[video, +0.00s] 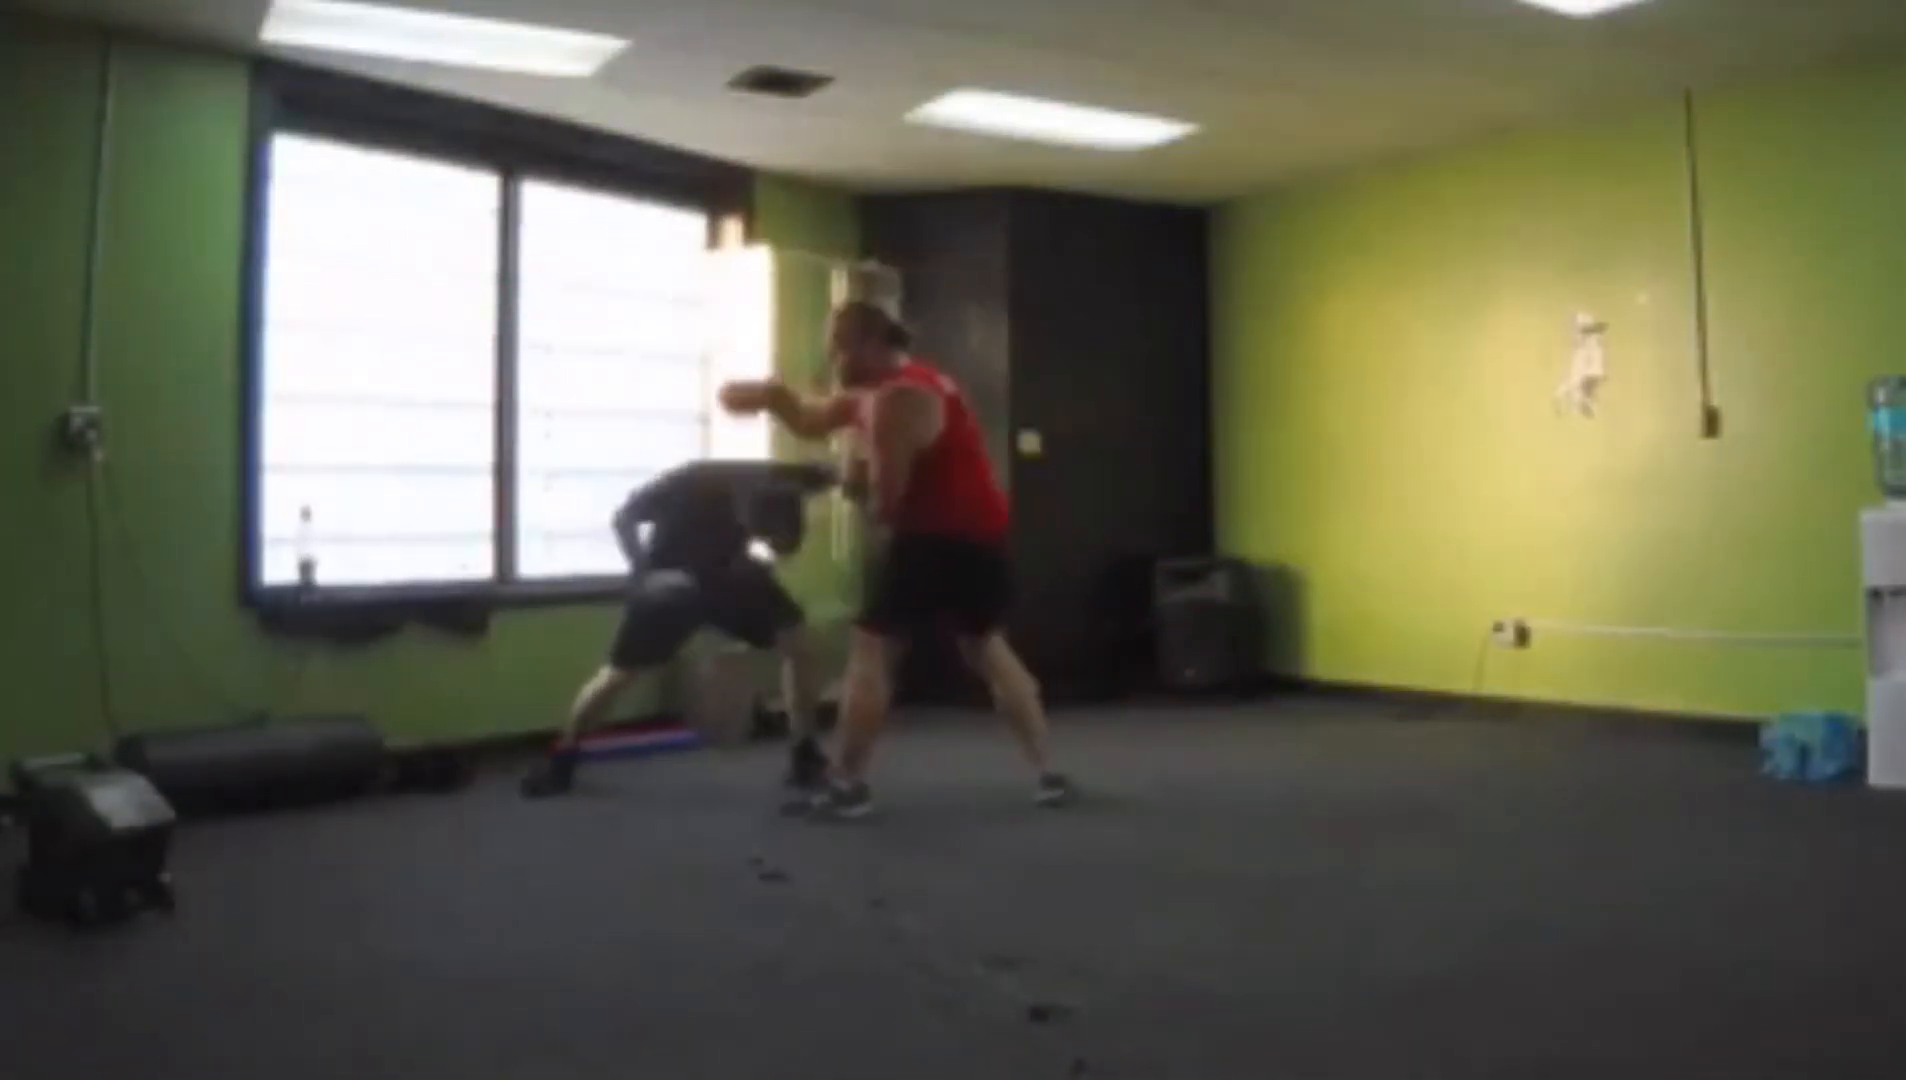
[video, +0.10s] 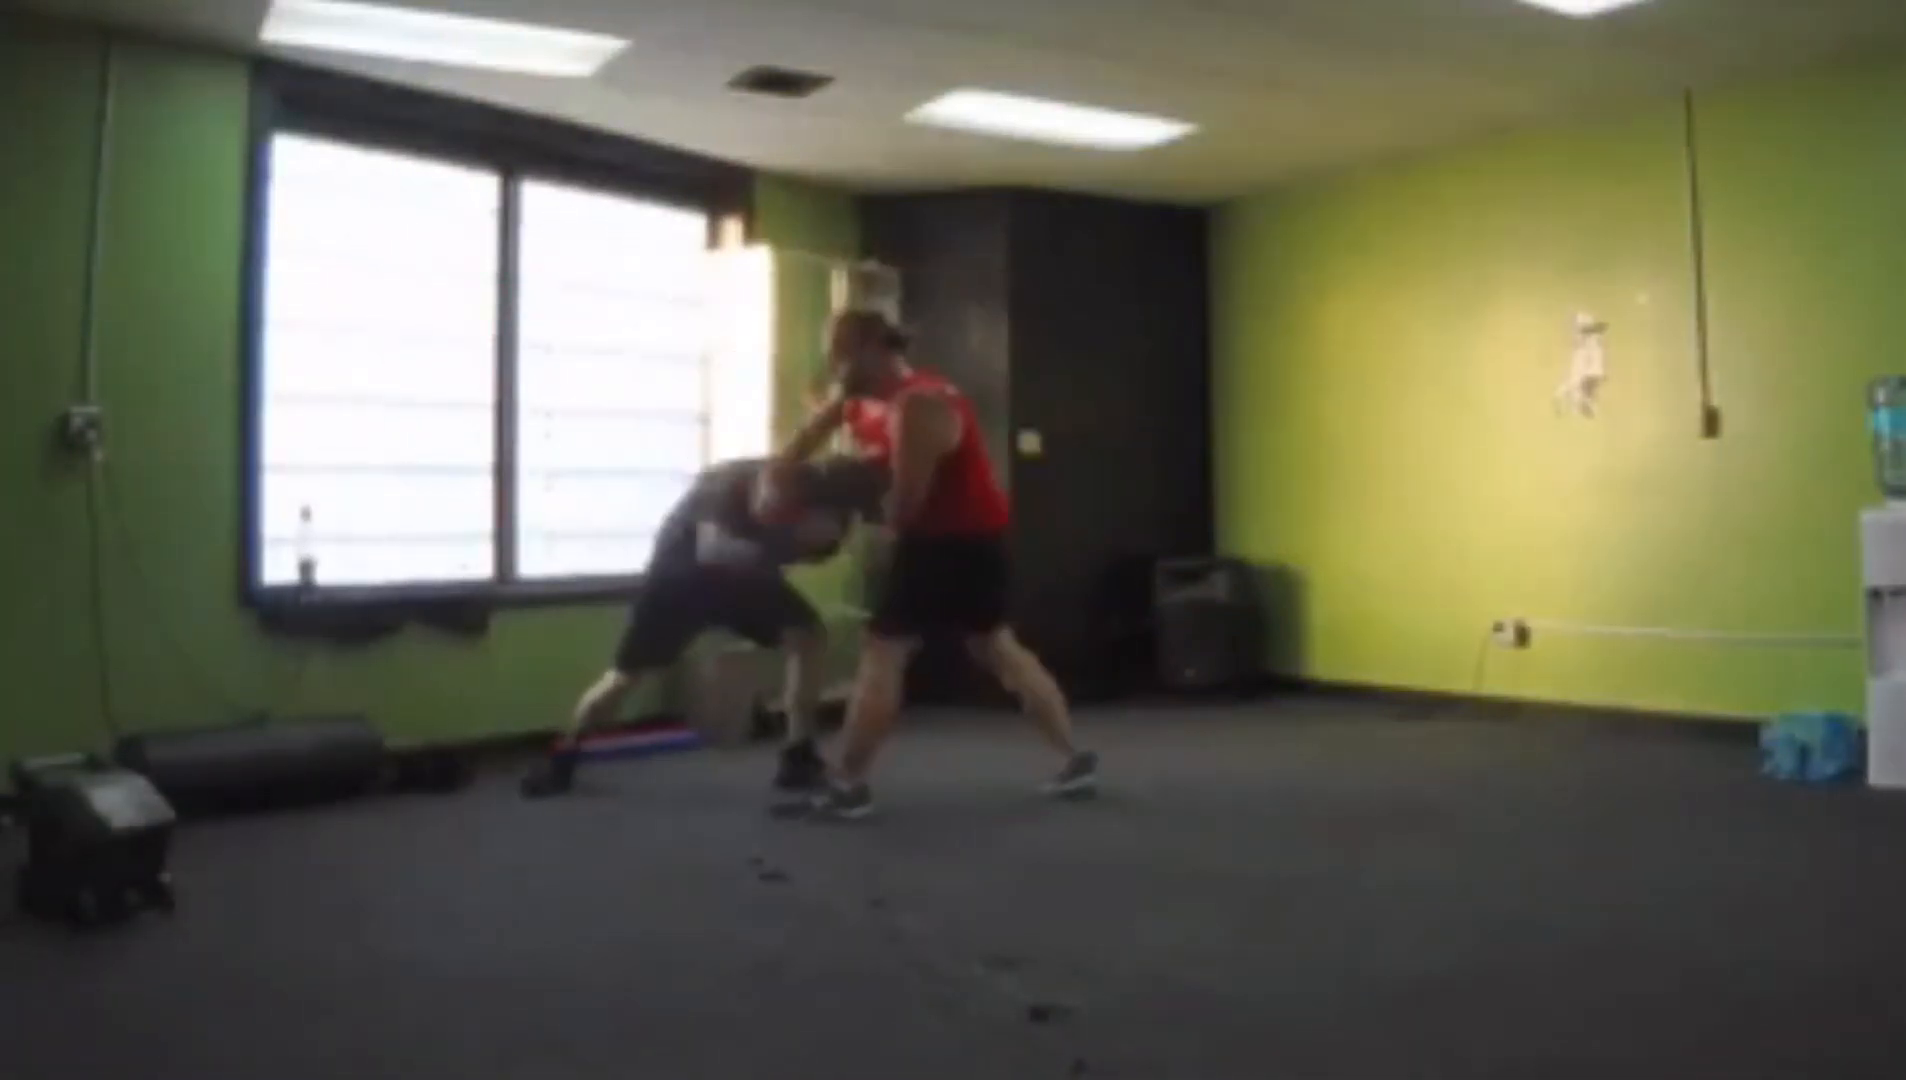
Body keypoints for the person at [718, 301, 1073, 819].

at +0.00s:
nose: (834, 357)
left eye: (841, 344)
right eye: (833, 345)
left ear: (871, 343)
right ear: (876, 342)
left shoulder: (902, 396)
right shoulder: (875, 393)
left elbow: (888, 494)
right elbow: (813, 422)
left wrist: (853, 477)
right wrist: (775, 396)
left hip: (928, 538)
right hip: (972, 536)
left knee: (871, 649)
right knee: (989, 648)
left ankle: (847, 780)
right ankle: (1047, 771)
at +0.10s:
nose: (837, 367)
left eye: (845, 354)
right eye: (835, 355)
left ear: (877, 350)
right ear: (867, 352)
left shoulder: (922, 403)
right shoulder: (860, 402)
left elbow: (908, 496)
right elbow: (815, 433)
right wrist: (777, 473)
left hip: (946, 539)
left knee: (883, 653)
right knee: (996, 645)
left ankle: (849, 780)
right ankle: (1073, 753)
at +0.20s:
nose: (856, 376)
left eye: (863, 364)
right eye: (854, 364)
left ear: (893, 359)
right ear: (877, 362)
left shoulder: (931, 411)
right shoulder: (872, 414)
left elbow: (934, 507)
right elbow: (864, 486)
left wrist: (869, 534)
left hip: (953, 545)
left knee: (876, 648)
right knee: (968, 656)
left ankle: (847, 782)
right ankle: (1068, 741)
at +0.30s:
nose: (877, 376)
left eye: (884, 364)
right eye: (876, 365)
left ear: (912, 361)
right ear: (912, 364)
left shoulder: (955, 412)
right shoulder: (905, 417)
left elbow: (932, 499)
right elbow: (898, 492)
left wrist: (886, 544)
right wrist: (880, 543)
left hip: (977, 559)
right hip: (945, 556)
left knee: (895, 654)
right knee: (980, 664)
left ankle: (853, 781)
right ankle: (1063, 758)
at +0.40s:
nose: (904, 371)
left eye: (910, 359)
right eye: (904, 359)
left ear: (933, 358)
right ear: (955, 353)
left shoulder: (965, 397)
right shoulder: (998, 393)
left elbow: (960, 483)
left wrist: (908, 464)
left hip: (981, 545)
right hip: (1026, 543)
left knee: (928, 651)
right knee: (1010, 656)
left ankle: (883, 775)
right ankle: (1069, 760)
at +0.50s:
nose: (918, 358)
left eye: (919, 346)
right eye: (915, 347)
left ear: (941, 340)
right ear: (974, 334)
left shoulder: (967, 385)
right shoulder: (1021, 373)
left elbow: (972, 486)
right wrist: (948, 450)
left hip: (1024, 530)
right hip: (1066, 528)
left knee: (942, 612)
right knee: (1042, 637)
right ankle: (1070, 758)